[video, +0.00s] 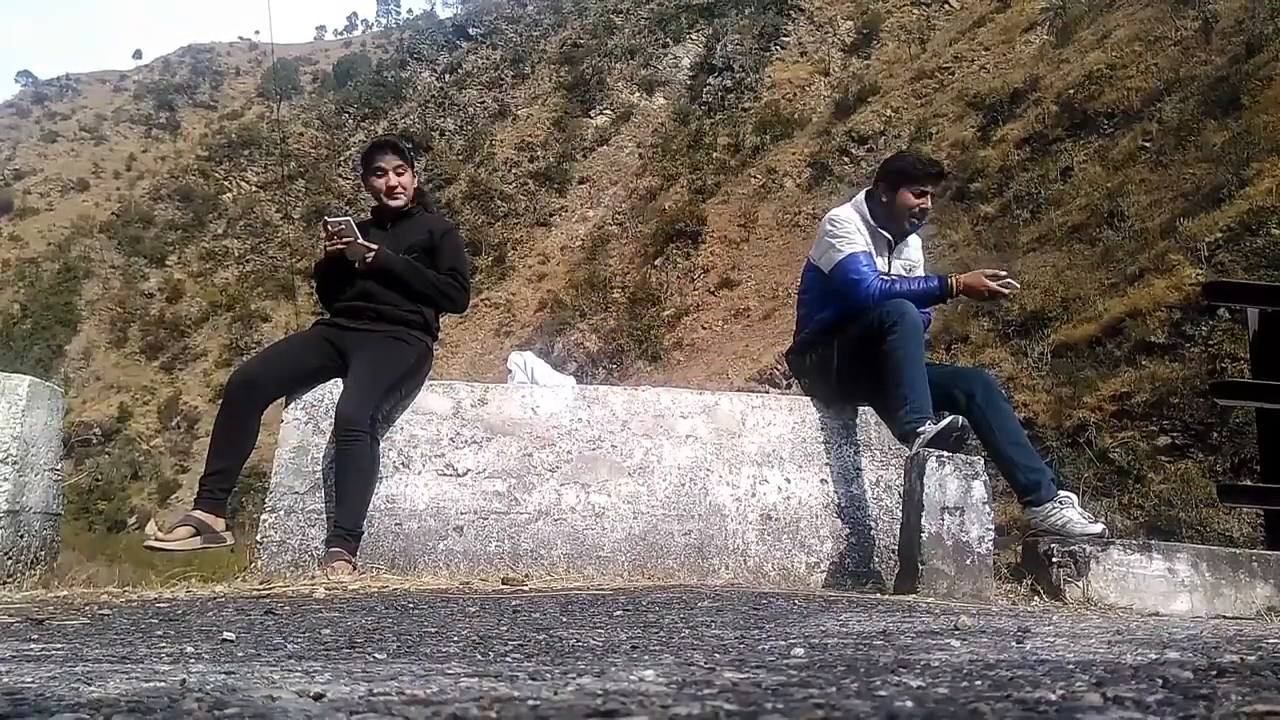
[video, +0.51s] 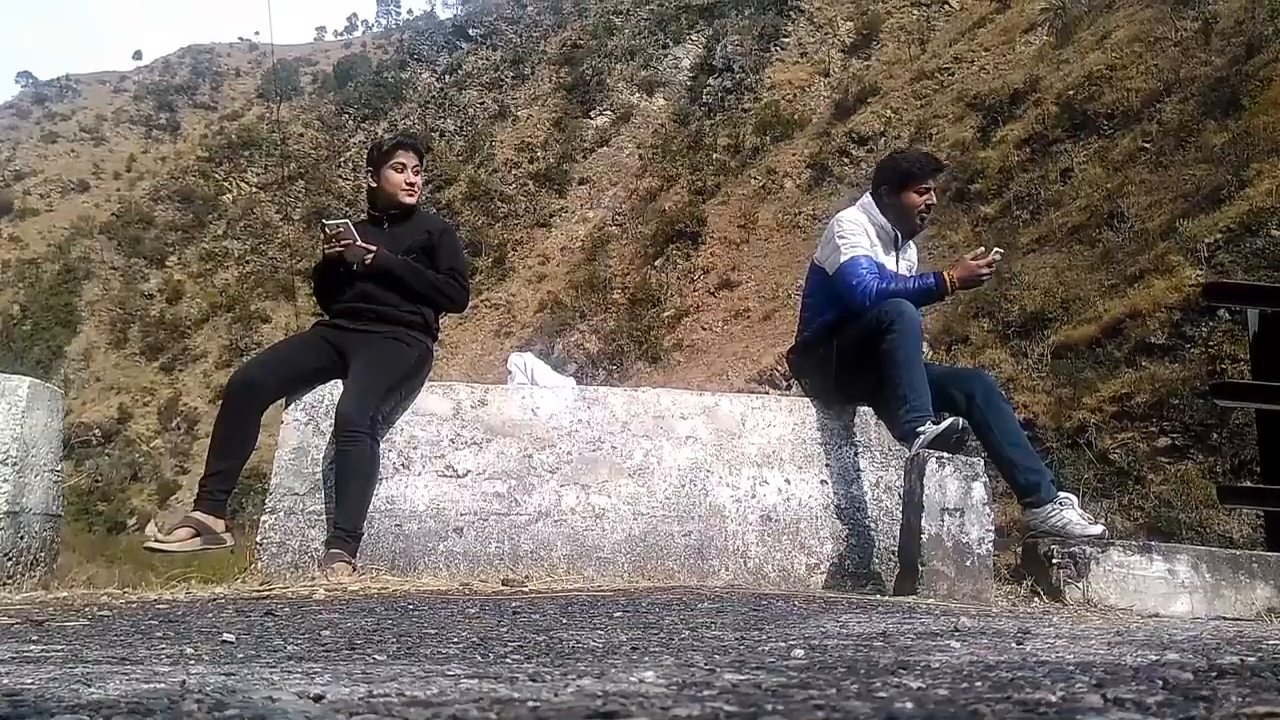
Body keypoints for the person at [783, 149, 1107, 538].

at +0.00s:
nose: (926, 205)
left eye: (931, 197)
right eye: (918, 194)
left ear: (930, 202)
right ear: (885, 192)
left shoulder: (909, 237)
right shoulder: (842, 223)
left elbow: (924, 312)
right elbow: (868, 292)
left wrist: (908, 315)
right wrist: (953, 284)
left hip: (881, 367)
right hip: (825, 364)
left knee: (978, 385)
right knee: (899, 314)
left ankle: (1043, 502)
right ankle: (917, 427)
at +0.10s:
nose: (933, 205)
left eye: (937, 197)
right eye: (926, 194)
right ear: (892, 192)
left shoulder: (909, 237)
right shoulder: (844, 223)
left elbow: (921, 311)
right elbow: (866, 291)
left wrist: (911, 318)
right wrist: (948, 282)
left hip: (881, 367)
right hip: (825, 364)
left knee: (978, 386)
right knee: (897, 314)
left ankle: (1043, 502)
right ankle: (917, 426)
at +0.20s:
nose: (936, 206)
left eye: (940, 197)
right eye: (929, 194)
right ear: (895, 192)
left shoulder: (909, 238)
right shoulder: (847, 221)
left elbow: (918, 312)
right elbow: (863, 291)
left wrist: (907, 320)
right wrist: (945, 280)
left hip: (880, 368)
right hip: (825, 365)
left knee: (977, 385)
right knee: (895, 312)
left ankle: (1043, 502)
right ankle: (917, 426)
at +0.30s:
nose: (937, 204)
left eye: (940, 196)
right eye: (929, 193)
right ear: (895, 191)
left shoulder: (909, 241)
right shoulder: (848, 221)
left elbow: (911, 307)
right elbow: (863, 290)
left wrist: (910, 324)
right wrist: (945, 280)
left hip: (880, 368)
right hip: (826, 364)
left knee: (977, 384)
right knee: (895, 311)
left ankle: (1043, 501)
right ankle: (916, 425)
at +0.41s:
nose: (936, 203)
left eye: (938, 195)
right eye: (927, 192)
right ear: (893, 191)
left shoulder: (908, 244)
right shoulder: (850, 222)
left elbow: (908, 310)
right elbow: (864, 289)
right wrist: (946, 279)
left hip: (880, 368)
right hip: (827, 364)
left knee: (976, 384)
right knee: (896, 312)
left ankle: (1043, 502)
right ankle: (917, 428)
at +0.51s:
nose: (932, 202)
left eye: (934, 193)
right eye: (922, 192)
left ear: (931, 197)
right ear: (889, 193)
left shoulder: (904, 245)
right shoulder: (850, 225)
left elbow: (898, 305)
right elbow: (865, 290)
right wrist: (948, 280)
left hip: (878, 370)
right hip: (826, 366)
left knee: (976, 385)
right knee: (898, 315)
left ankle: (1042, 503)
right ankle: (916, 429)